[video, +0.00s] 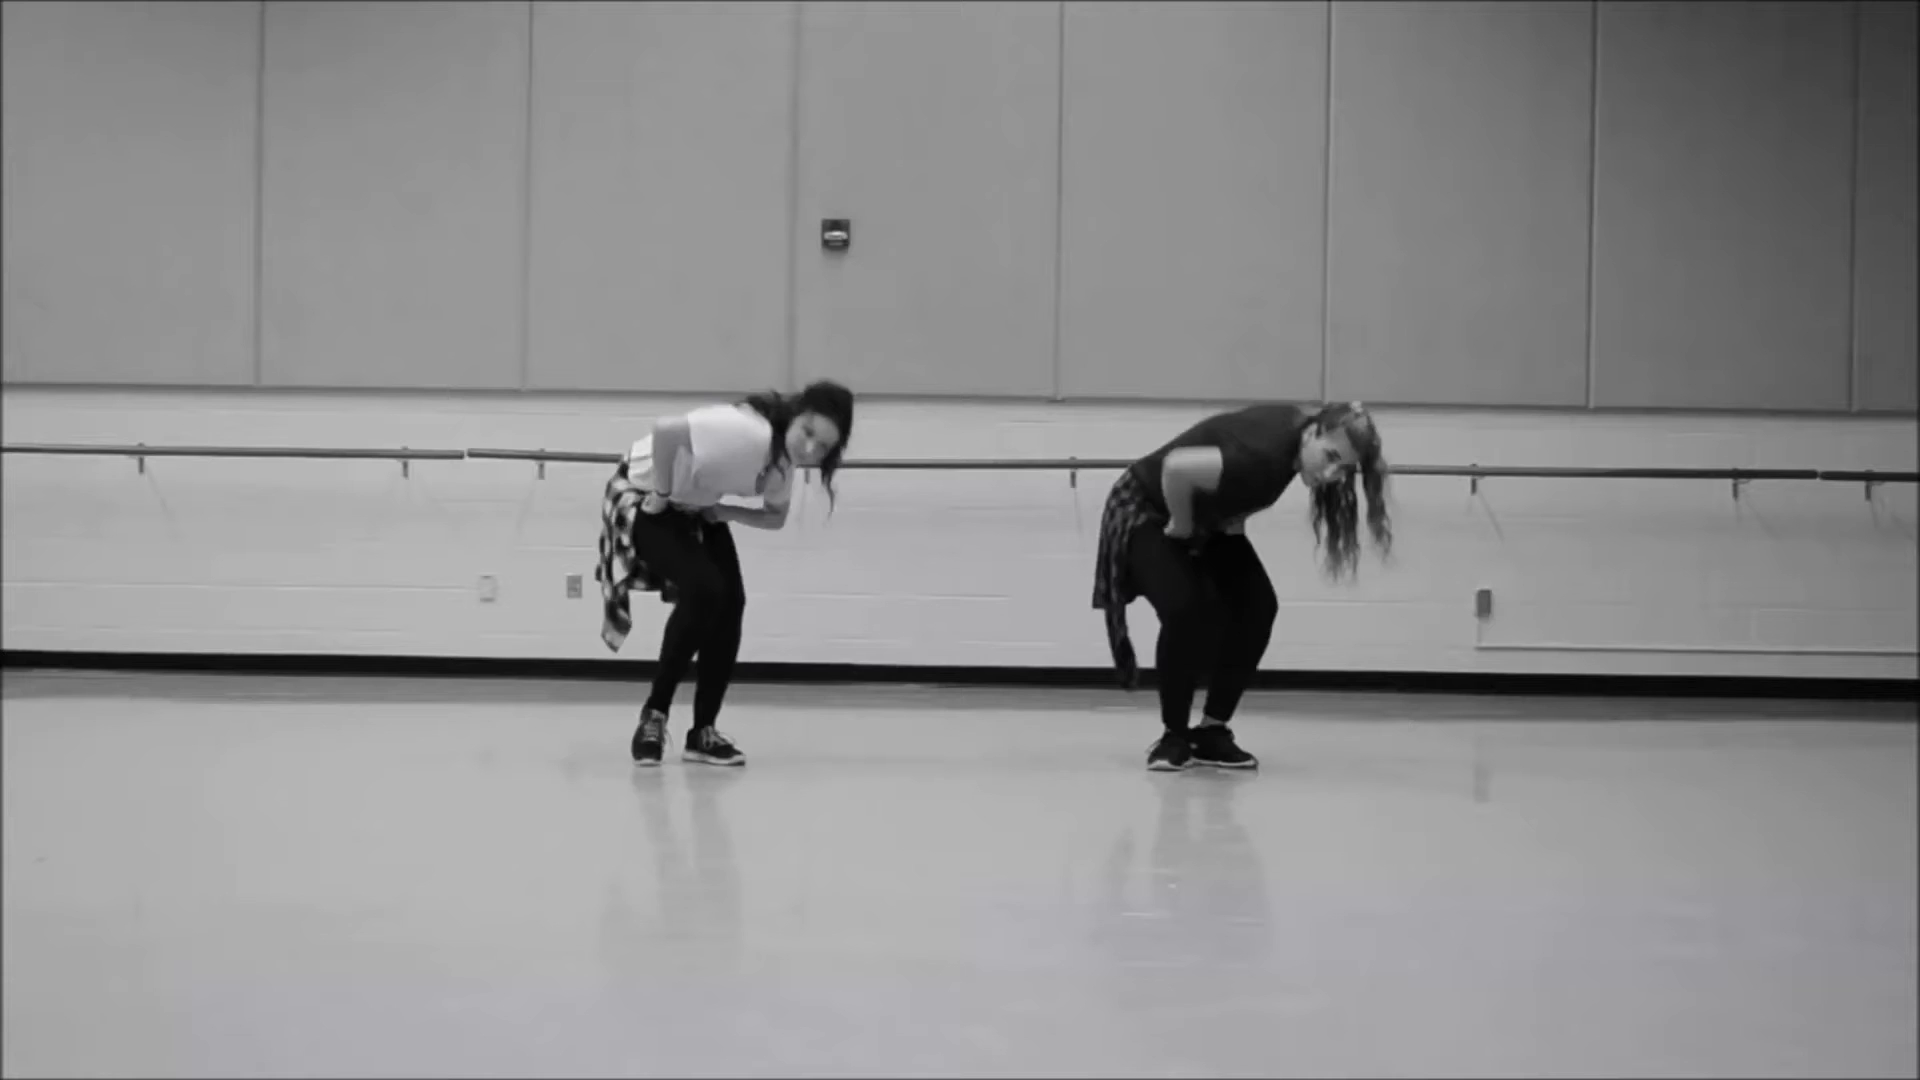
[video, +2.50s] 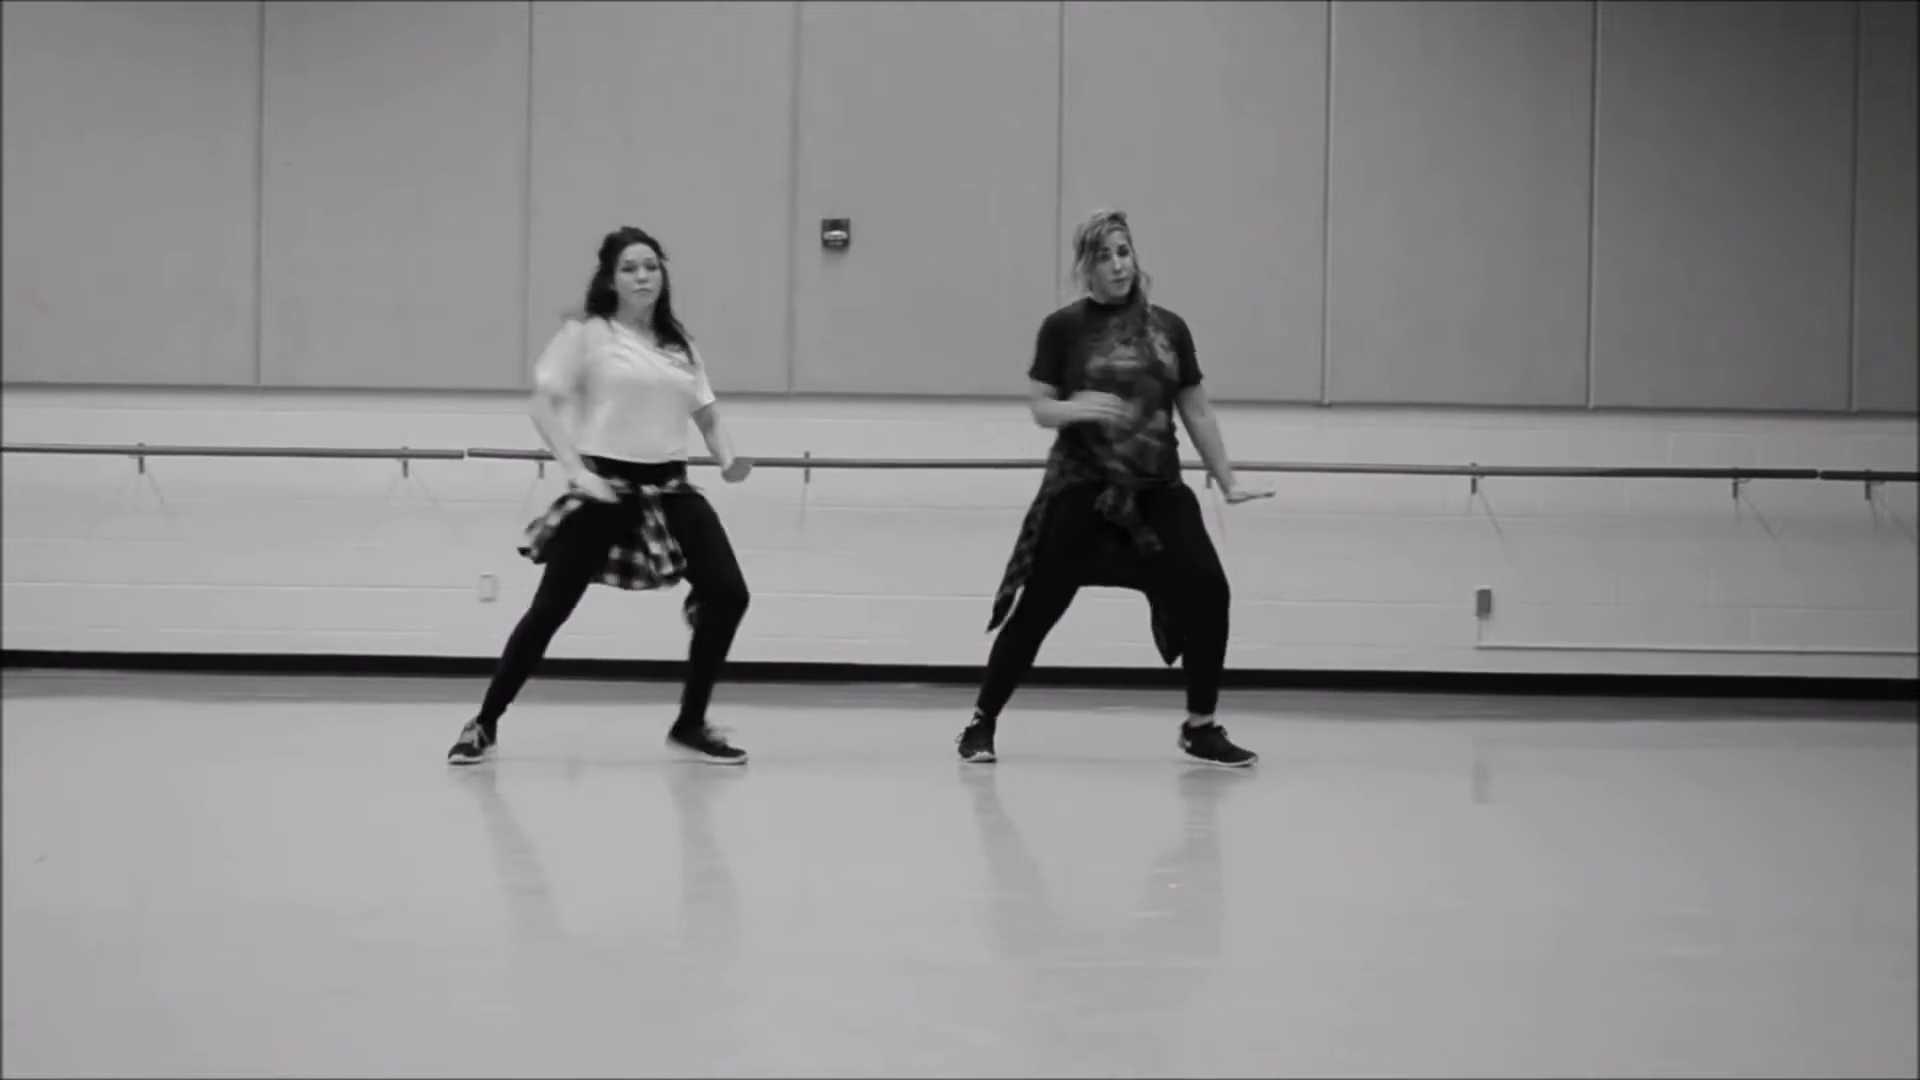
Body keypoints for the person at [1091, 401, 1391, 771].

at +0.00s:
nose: (1332, 475)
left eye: (1346, 470)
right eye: (1330, 457)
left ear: (1356, 467)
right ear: (1311, 431)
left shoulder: (1306, 424)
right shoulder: (1257, 460)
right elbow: (1175, 467)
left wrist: (1236, 512)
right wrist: (1180, 520)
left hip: (1210, 519)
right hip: (1146, 511)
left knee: (1256, 606)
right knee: (1187, 612)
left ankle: (1212, 730)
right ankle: (1174, 735)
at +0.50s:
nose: (1296, 423)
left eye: (1306, 415)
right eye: (1297, 408)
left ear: (1287, 386)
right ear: (1277, 385)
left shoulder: (1249, 391)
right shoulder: (1217, 406)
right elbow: (1125, 419)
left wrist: (1192, 478)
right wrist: (1074, 479)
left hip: (1175, 499)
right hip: (1129, 497)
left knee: (1211, 604)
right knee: (1131, 622)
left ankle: (1205, 731)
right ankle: (1011, 700)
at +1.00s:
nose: (1191, 256)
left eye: (1194, 247)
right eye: (1177, 248)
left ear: (1194, 256)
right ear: (1153, 259)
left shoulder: (1158, 310)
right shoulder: (1170, 312)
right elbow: (1177, 400)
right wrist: (1177, 480)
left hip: (1160, 483)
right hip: (1136, 481)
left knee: (1187, 610)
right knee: (1067, 594)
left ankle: (1202, 729)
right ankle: (978, 707)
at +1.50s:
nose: (1164, 254)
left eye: (1170, 244)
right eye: (1150, 246)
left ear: (1178, 249)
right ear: (1127, 254)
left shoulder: (1169, 307)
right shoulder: (1123, 297)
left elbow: (1163, 403)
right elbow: (1169, 370)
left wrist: (1191, 464)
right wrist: (1219, 426)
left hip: (1165, 472)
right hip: (1114, 469)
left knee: (1181, 601)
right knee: (1072, 591)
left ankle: (1201, 729)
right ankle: (989, 706)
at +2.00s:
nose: (1109, 264)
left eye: (1117, 253)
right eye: (1096, 254)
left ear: (1128, 259)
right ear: (1076, 263)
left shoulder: (1152, 316)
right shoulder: (1052, 328)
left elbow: (1167, 380)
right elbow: (1050, 414)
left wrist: (1086, 356)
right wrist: (1019, 442)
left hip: (1133, 485)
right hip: (1059, 486)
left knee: (1184, 598)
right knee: (1028, 609)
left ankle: (1212, 720)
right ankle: (985, 723)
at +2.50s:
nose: (1117, 263)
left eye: (1124, 252)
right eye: (1104, 255)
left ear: (1136, 259)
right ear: (1086, 266)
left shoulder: (1168, 329)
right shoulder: (1063, 329)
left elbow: (1197, 411)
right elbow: (1041, 408)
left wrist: (1228, 482)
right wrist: (1078, 407)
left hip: (1158, 492)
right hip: (1080, 490)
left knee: (1209, 593)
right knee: (1042, 603)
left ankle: (1201, 726)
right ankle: (983, 722)